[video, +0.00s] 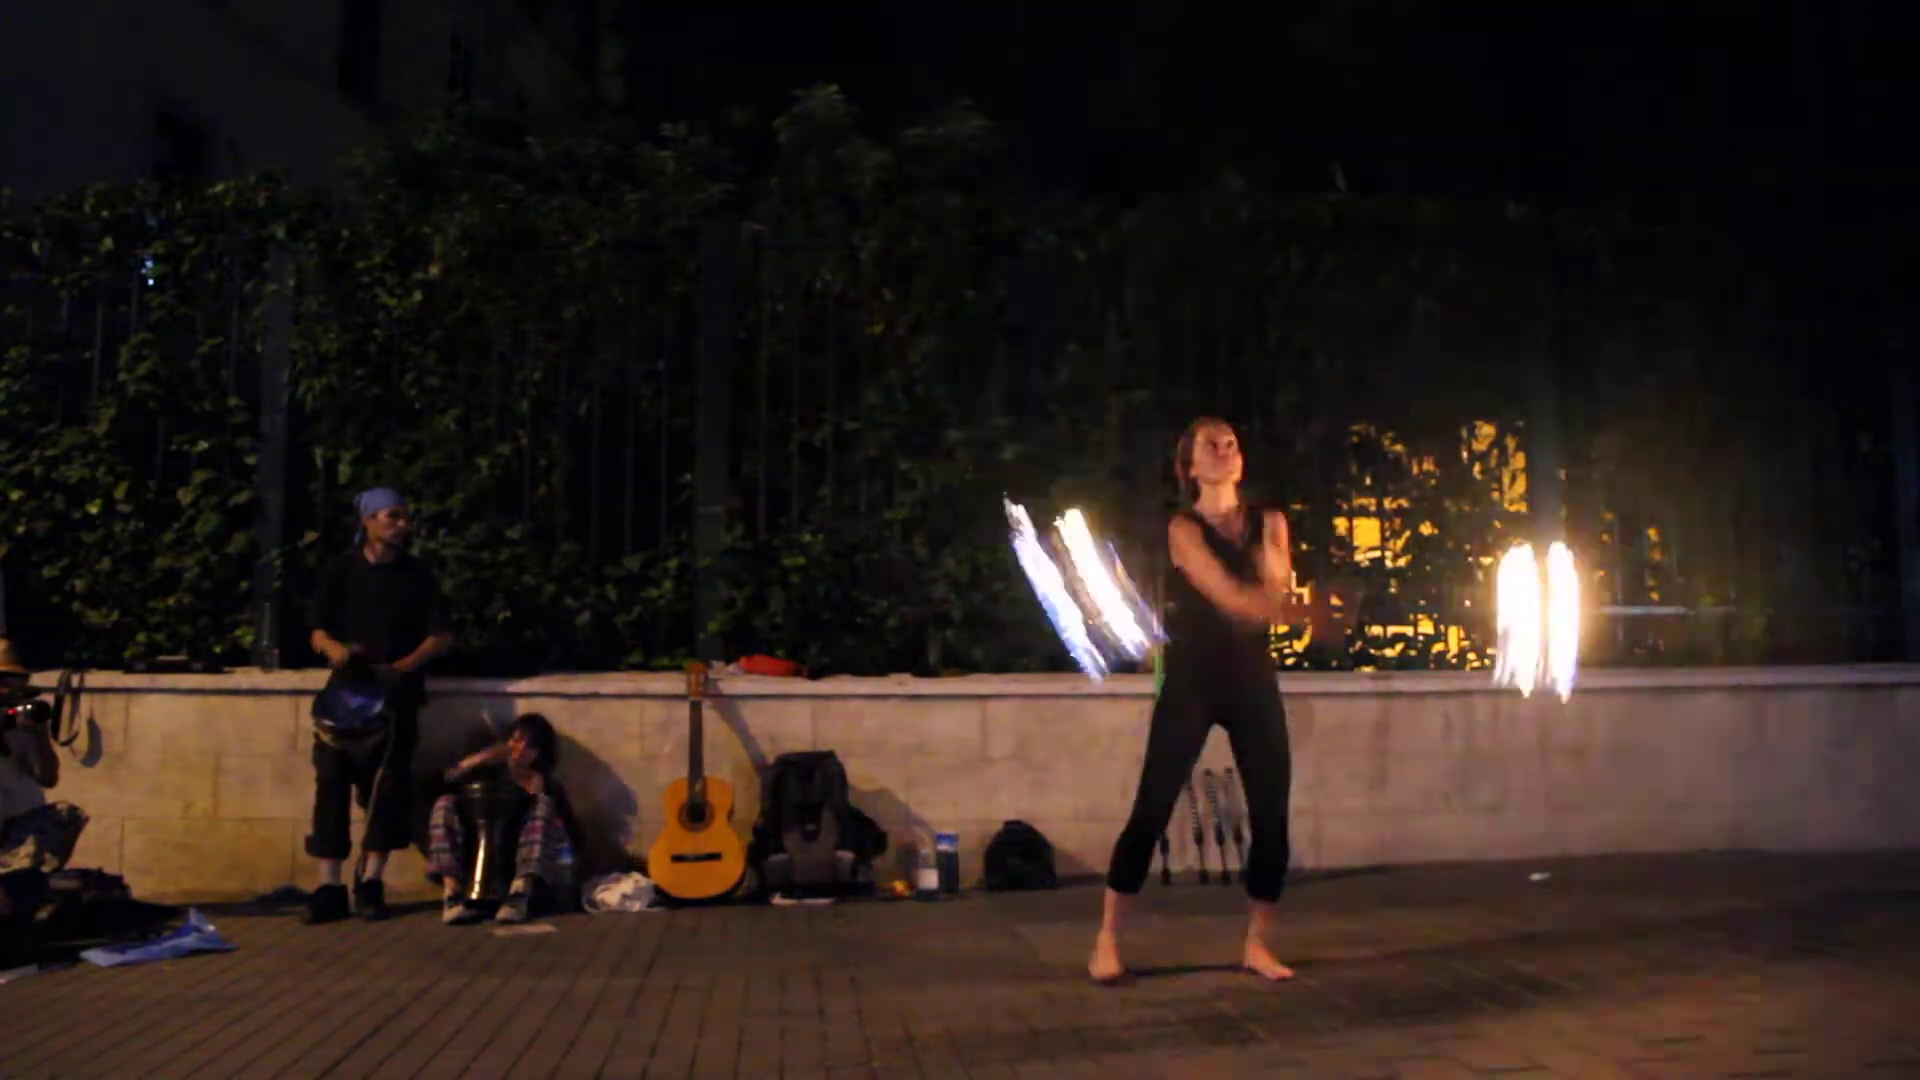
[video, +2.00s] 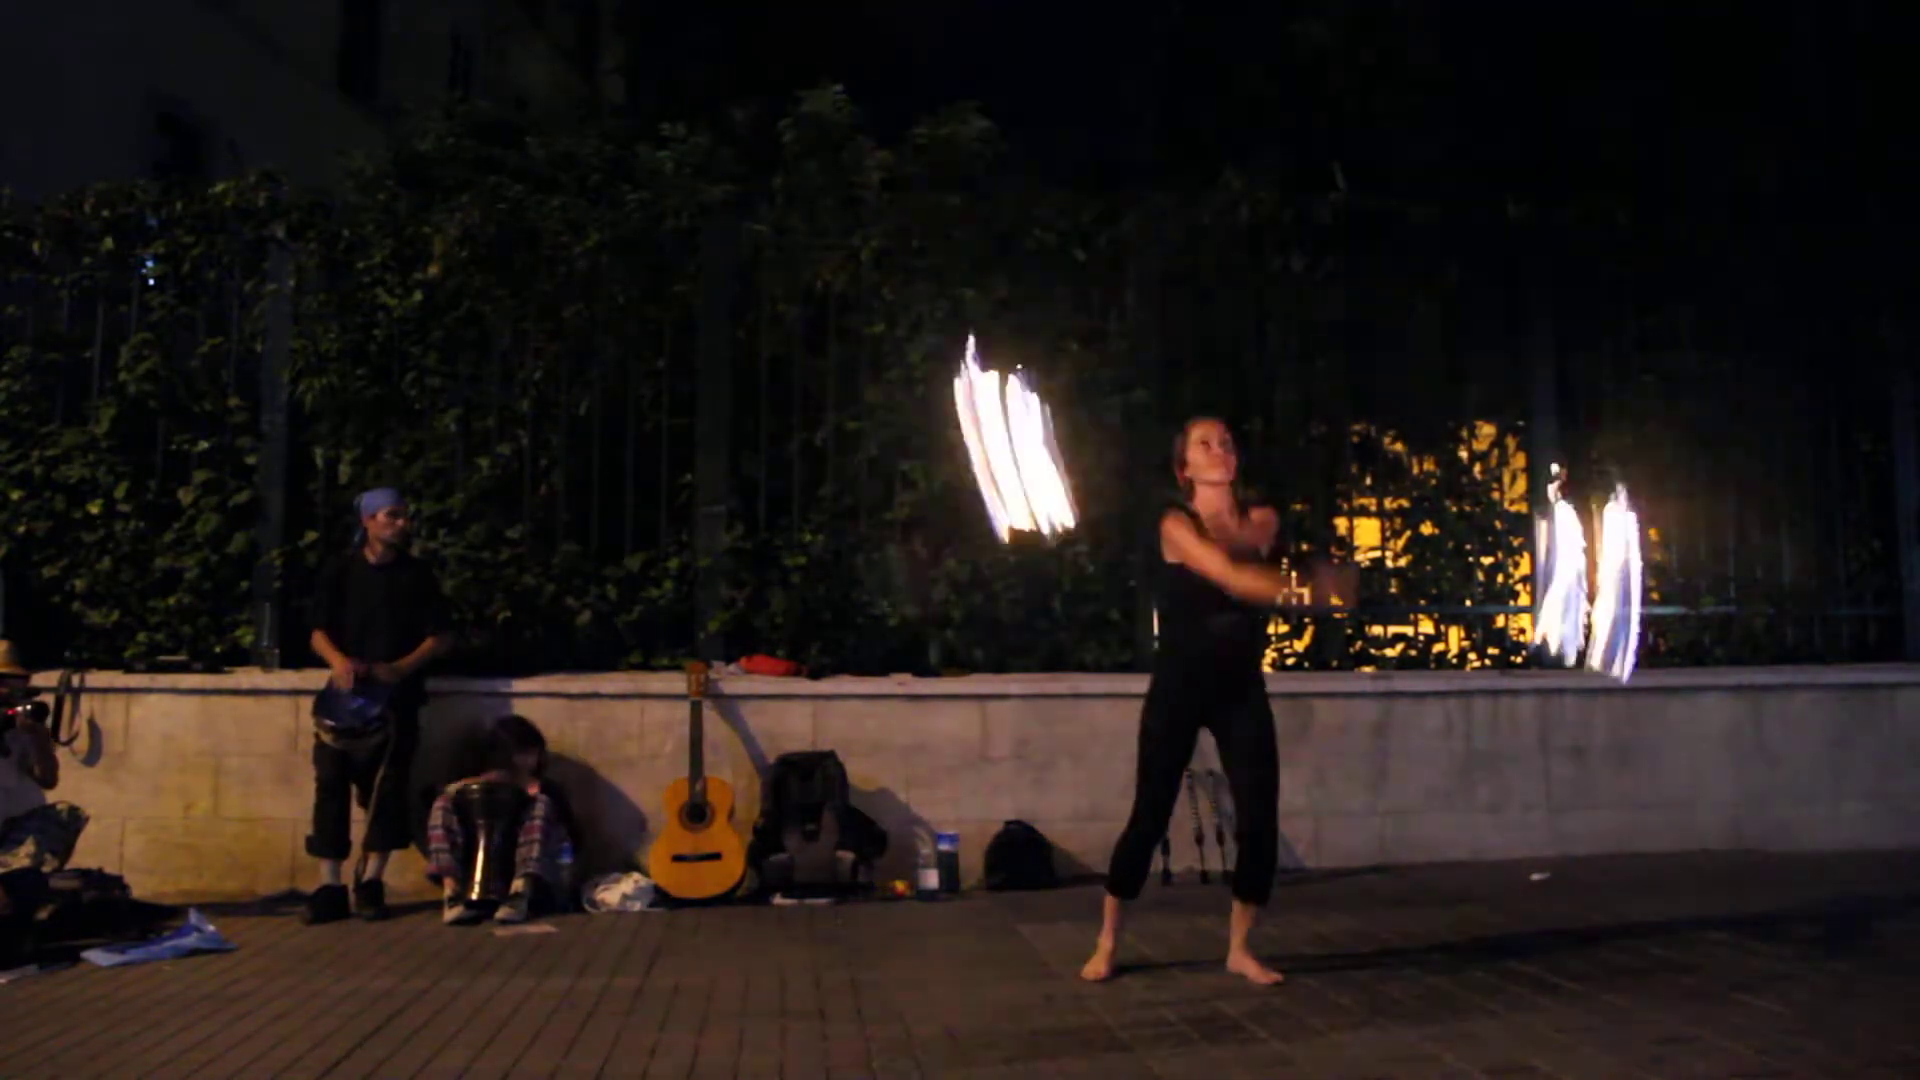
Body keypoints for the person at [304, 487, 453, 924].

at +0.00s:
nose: (402, 524)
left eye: (404, 517)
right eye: (393, 518)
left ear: (405, 523)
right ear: (368, 522)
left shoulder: (418, 574)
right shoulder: (341, 571)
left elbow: (441, 636)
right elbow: (317, 631)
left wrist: (401, 667)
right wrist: (336, 650)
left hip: (396, 692)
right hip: (345, 690)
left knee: (389, 783)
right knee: (331, 782)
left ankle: (370, 880)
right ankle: (330, 883)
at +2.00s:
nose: (402, 523)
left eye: (405, 517)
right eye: (393, 517)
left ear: (406, 523)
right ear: (368, 522)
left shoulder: (418, 574)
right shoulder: (340, 572)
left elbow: (440, 637)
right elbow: (316, 632)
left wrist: (398, 668)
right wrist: (339, 663)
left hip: (396, 697)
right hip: (344, 693)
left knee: (389, 788)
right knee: (331, 786)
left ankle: (370, 881)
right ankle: (331, 883)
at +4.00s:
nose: (401, 525)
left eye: (403, 518)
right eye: (392, 518)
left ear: (404, 525)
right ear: (367, 523)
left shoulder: (417, 574)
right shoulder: (340, 572)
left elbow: (441, 637)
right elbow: (318, 631)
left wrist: (398, 666)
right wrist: (333, 647)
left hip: (396, 693)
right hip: (345, 689)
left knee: (390, 783)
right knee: (331, 781)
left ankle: (371, 881)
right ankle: (330, 883)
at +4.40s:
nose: (403, 525)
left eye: (405, 518)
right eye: (394, 517)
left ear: (407, 524)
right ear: (369, 522)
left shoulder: (417, 575)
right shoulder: (340, 571)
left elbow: (443, 636)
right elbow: (317, 627)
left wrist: (401, 660)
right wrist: (336, 658)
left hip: (396, 693)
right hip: (344, 690)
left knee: (389, 783)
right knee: (331, 782)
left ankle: (371, 880)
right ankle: (330, 882)